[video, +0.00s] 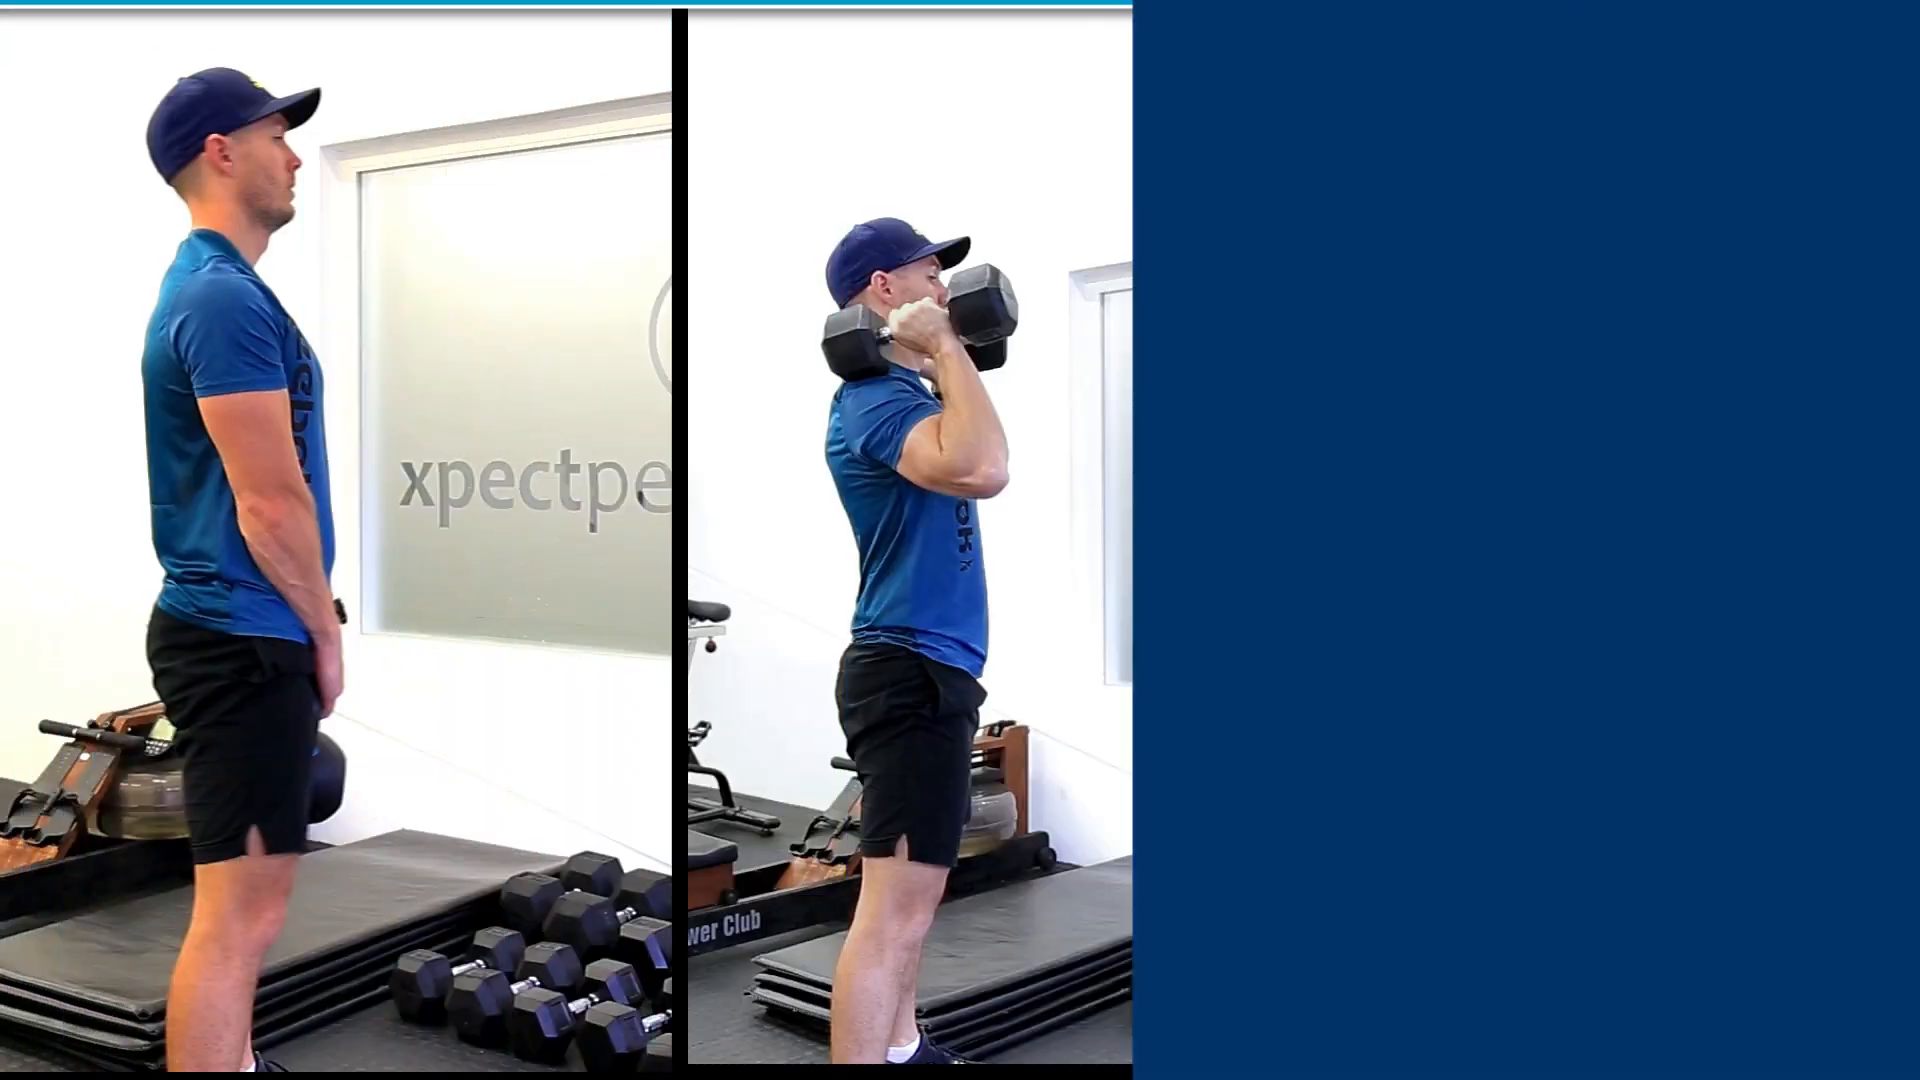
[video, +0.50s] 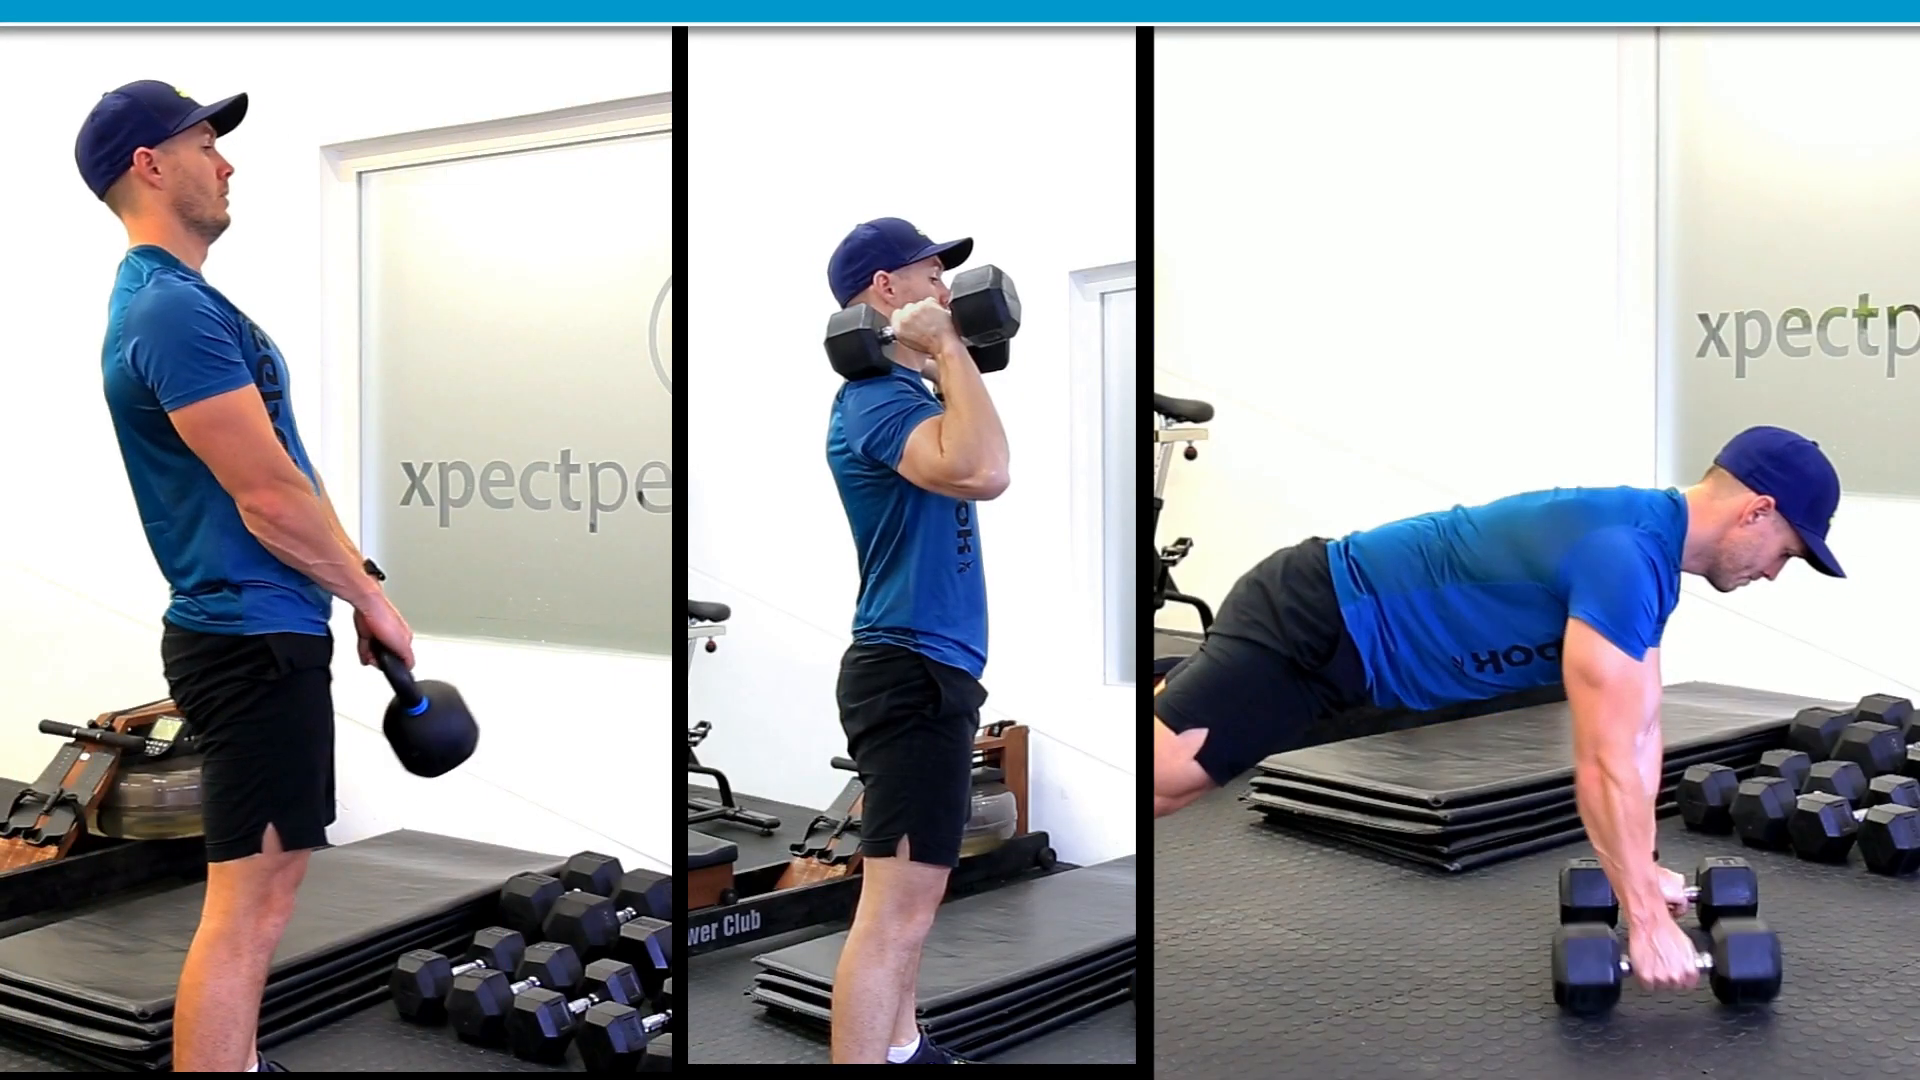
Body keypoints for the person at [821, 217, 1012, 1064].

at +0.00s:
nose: (943, 283)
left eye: (939, 270)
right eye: (930, 272)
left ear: (882, 292)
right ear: (883, 288)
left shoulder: (899, 396)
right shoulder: (871, 402)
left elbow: (981, 470)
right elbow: (978, 467)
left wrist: (949, 354)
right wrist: (945, 347)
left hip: (934, 673)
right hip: (906, 673)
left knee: (914, 898)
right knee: (893, 910)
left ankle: (898, 1047)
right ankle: (861, 1063)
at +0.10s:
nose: (944, 283)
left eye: (940, 270)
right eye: (931, 272)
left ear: (882, 291)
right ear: (883, 288)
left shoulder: (900, 396)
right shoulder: (870, 401)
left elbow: (985, 471)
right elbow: (976, 466)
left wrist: (950, 354)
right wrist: (944, 347)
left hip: (935, 672)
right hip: (907, 672)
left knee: (913, 901)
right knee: (894, 911)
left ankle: (899, 1048)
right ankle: (861, 1063)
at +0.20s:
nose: (944, 283)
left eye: (940, 270)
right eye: (931, 272)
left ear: (883, 292)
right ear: (884, 288)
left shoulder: (901, 396)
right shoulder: (870, 401)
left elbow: (986, 470)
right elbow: (977, 467)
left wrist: (950, 354)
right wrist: (945, 348)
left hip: (935, 672)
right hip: (907, 673)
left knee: (913, 901)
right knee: (894, 911)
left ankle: (899, 1048)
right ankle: (861, 1063)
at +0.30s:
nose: (945, 283)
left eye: (941, 270)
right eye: (932, 272)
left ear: (883, 291)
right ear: (884, 287)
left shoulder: (901, 396)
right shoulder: (870, 401)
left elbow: (987, 471)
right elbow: (976, 467)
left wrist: (950, 354)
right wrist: (945, 348)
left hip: (935, 674)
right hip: (908, 675)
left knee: (913, 902)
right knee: (894, 913)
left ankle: (900, 1048)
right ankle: (862, 1063)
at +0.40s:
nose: (946, 283)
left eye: (942, 270)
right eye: (933, 272)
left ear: (883, 291)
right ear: (885, 287)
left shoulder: (900, 397)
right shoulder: (871, 401)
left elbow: (985, 471)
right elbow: (977, 468)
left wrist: (949, 354)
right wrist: (945, 347)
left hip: (934, 674)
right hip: (908, 675)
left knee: (912, 901)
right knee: (895, 912)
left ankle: (899, 1047)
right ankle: (862, 1063)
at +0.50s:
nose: (947, 283)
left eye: (942, 270)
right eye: (933, 271)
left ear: (884, 291)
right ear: (886, 287)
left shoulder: (901, 397)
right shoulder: (871, 401)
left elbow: (986, 472)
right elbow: (977, 468)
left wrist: (948, 354)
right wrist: (946, 347)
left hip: (934, 675)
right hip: (908, 675)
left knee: (912, 903)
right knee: (895, 914)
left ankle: (899, 1048)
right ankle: (862, 1063)